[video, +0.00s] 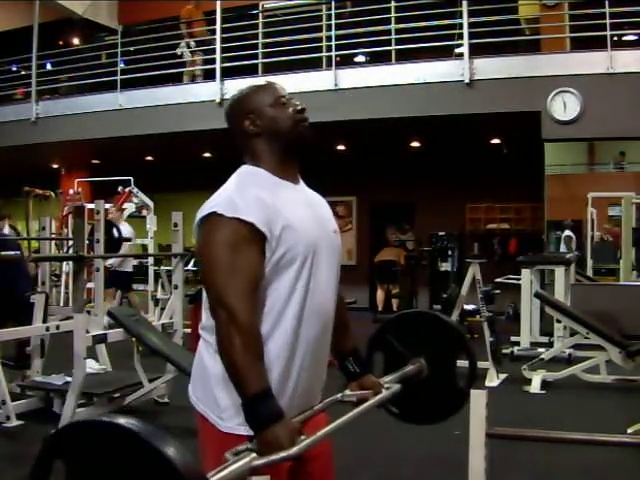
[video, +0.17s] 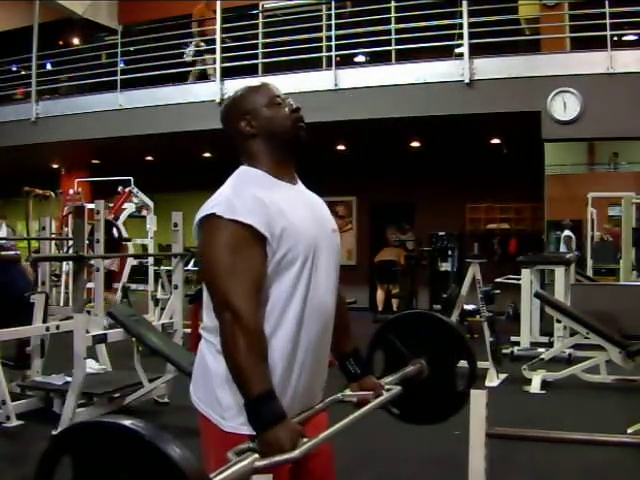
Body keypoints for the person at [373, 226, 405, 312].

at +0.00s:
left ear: (390, 245)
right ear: (400, 246)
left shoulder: (383, 250)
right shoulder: (400, 251)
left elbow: (376, 259)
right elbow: (402, 262)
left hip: (380, 263)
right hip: (393, 263)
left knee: (380, 287)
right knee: (394, 288)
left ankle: (379, 309)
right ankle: (395, 309)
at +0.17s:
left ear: (390, 245)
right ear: (400, 246)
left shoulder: (383, 250)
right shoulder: (400, 251)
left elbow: (376, 259)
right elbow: (402, 262)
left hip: (380, 263)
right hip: (393, 263)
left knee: (380, 287)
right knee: (394, 288)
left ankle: (379, 310)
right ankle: (395, 310)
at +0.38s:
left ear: (390, 245)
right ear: (400, 245)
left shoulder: (383, 250)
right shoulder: (400, 251)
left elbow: (376, 259)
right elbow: (402, 262)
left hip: (380, 263)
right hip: (393, 263)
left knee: (380, 287)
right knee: (394, 288)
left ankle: (379, 309)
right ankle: (395, 310)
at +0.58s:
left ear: (390, 245)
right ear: (400, 245)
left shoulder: (383, 250)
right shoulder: (400, 251)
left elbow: (376, 259)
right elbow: (402, 262)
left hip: (380, 263)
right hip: (392, 263)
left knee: (380, 288)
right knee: (394, 287)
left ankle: (379, 310)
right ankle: (395, 310)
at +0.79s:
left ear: (389, 245)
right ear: (398, 245)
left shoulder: (384, 250)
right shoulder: (400, 251)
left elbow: (376, 259)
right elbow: (402, 262)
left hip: (380, 263)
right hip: (393, 262)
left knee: (380, 288)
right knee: (394, 288)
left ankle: (379, 310)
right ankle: (395, 310)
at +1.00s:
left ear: (390, 244)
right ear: (400, 245)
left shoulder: (384, 251)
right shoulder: (400, 251)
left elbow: (376, 259)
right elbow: (402, 262)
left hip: (380, 263)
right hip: (393, 263)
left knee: (380, 288)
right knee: (395, 288)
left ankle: (379, 310)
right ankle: (395, 310)